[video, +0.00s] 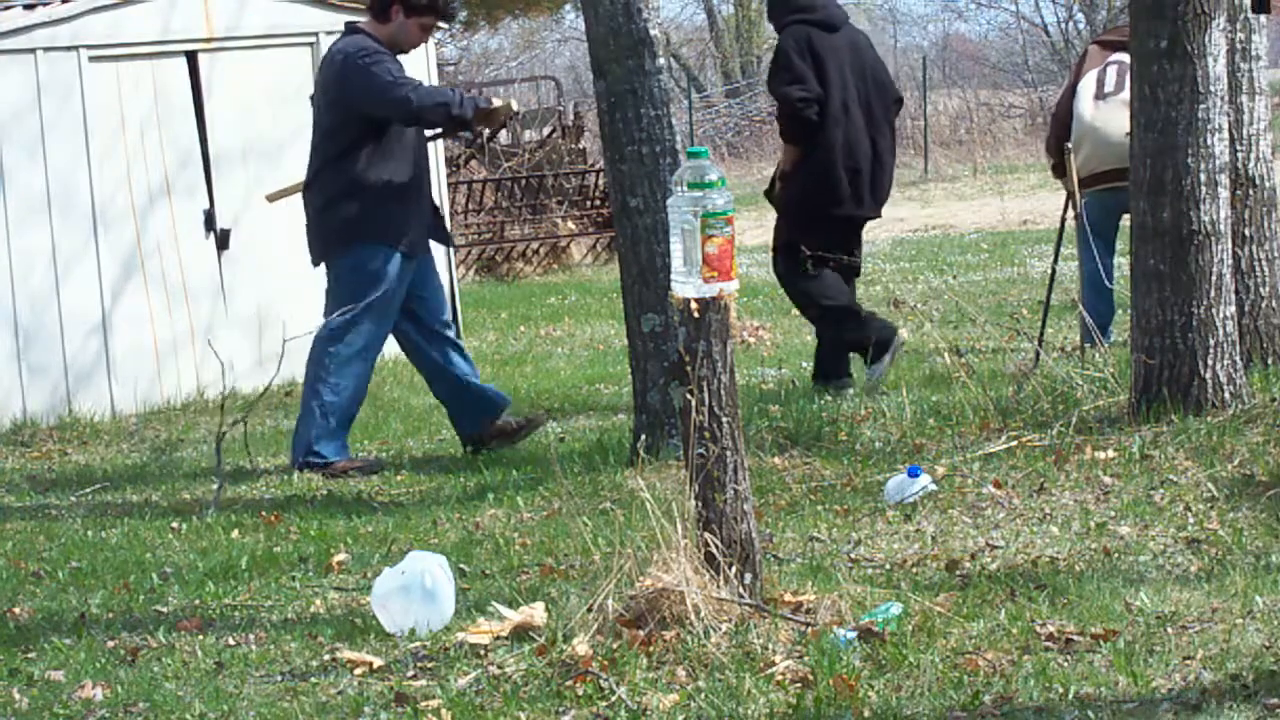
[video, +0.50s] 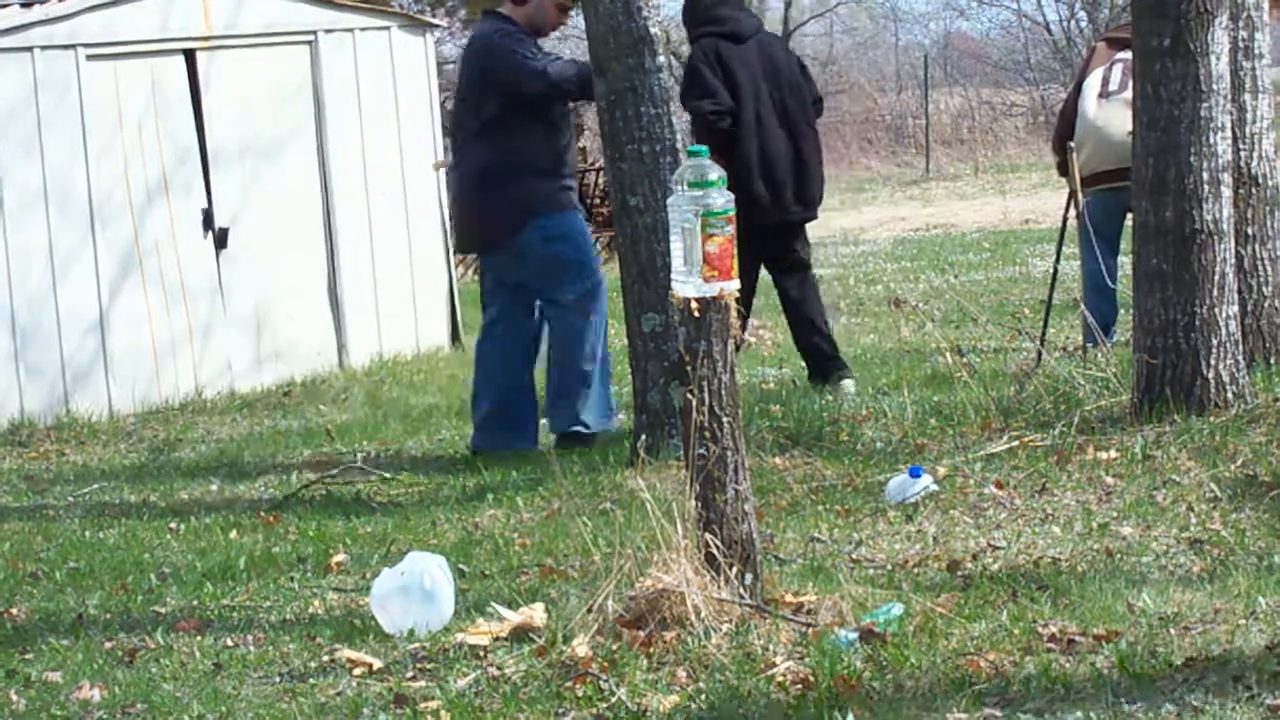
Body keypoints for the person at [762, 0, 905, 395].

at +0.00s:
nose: (770, 18)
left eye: (772, 11)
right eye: (770, 12)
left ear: (784, 8)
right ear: (823, 3)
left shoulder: (794, 40)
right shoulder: (857, 38)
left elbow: (800, 106)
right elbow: (890, 98)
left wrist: (788, 160)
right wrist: (867, 146)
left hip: (817, 176)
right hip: (863, 172)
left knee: (793, 264)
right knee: (840, 270)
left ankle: (875, 336)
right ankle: (831, 376)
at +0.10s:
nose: (757, 15)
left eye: (759, 10)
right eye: (758, 11)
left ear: (768, 8)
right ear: (811, 3)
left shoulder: (778, 38)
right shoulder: (842, 37)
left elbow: (783, 103)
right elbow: (877, 96)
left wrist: (769, 160)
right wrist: (849, 140)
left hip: (799, 174)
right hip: (848, 170)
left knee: (765, 254)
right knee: (832, 265)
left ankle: (830, 343)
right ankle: (833, 367)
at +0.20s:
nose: (741, 16)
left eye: (743, 11)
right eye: (742, 12)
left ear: (753, 8)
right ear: (798, 3)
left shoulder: (761, 40)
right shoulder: (829, 39)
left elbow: (766, 106)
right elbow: (863, 97)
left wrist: (753, 161)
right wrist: (833, 139)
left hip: (779, 178)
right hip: (832, 173)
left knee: (756, 264)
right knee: (824, 272)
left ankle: (780, 366)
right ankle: (833, 373)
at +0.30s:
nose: (725, 18)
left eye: (727, 13)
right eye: (726, 14)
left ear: (736, 11)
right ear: (781, 5)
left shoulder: (742, 45)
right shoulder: (815, 41)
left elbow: (749, 110)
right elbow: (848, 100)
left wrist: (741, 157)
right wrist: (814, 137)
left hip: (764, 185)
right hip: (816, 178)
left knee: (749, 285)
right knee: (816, 280)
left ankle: (735, 375)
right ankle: (831, 374)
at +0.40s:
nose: (707, 21)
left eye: (708, 14)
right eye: (707, 15)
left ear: (719, 13)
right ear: (761, 6)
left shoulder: (725, 48)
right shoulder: (797, 41)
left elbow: (732, 115)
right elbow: (831, 100)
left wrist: (726, 158)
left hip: (755, 186)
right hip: (807, 178)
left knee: (740, 286)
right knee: (809, 279)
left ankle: (708, 371)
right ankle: (832, 374)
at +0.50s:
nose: (686, 26)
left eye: (687, 19)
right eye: (687, 20)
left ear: (695, 18)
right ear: (738, 8)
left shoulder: (705, 55)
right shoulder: (774, 45)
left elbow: (713, 118)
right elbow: (813, 103)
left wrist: (708, 169)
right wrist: (777, 136)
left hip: (736, 191)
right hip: (788, 181)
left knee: (729, 292)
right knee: (797, 278)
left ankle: (710, 380)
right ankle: (830, 372)